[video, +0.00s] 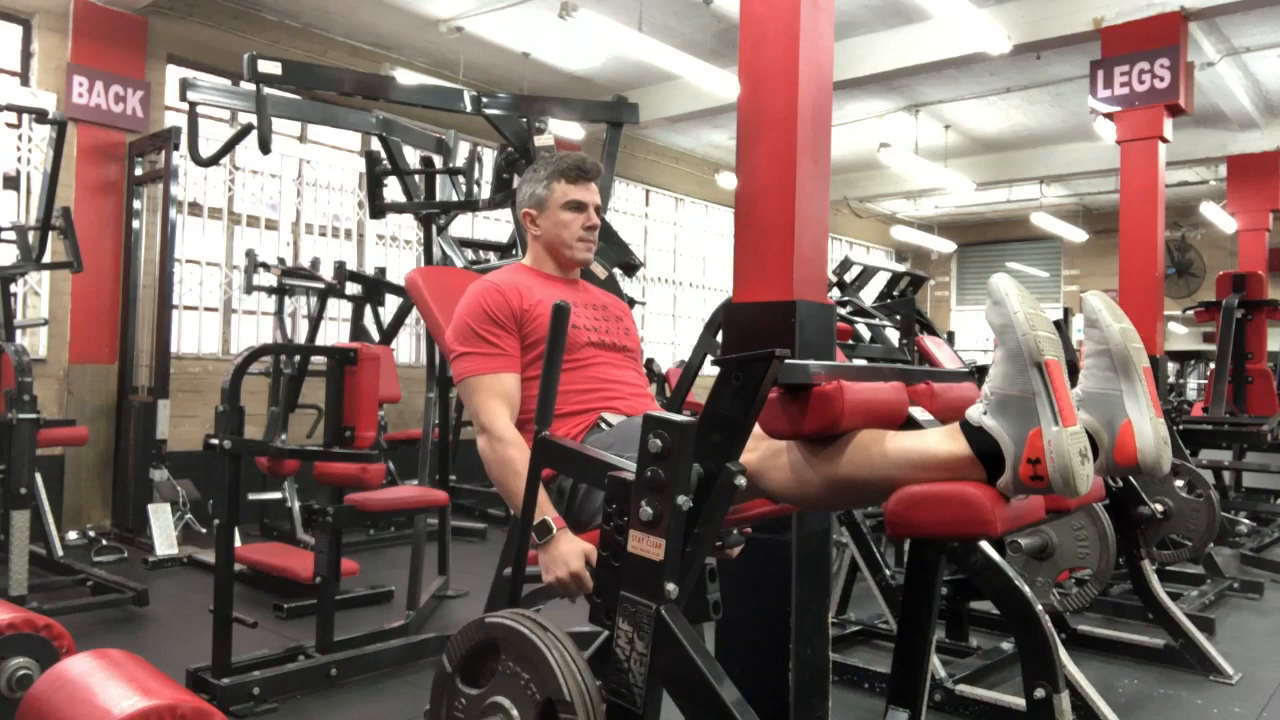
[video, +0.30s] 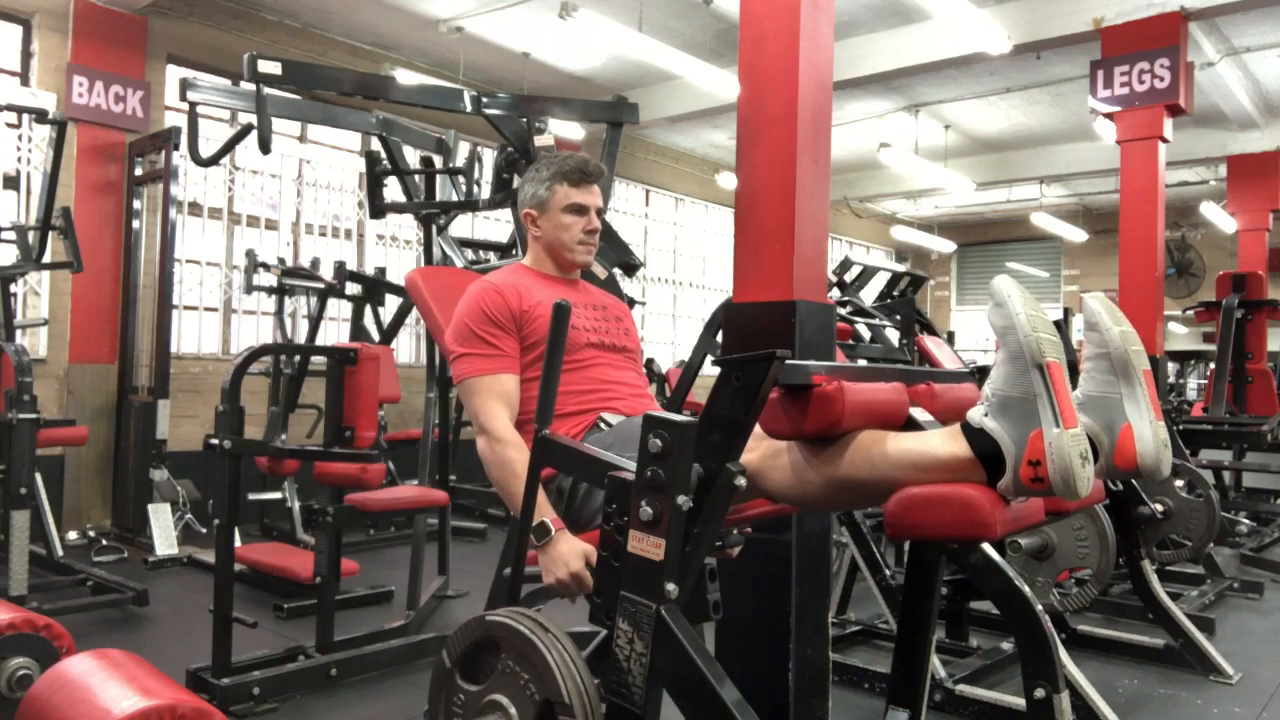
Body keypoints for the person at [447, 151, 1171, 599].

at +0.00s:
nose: (586, 225)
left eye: (593, 213)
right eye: (571, 211)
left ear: (596, 221)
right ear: (528, 215)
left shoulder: (609, 304)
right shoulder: (496, 295)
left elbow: (648, 398)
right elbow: (493, 428)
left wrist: (715, 430)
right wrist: (549, 530)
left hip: (663, 442)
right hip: (588, 462)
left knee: (828, 447)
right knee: (774, 457)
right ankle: (988, 444)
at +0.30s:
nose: (588, 226)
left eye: (595, 214)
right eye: (573, 212)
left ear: (597, 221)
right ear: (529, 215)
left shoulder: (609, 304)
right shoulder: (495, 295)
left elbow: (651, 396)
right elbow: (492, 429)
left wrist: (720, 430)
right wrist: (549, 531)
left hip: (664, 442)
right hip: (587, 463)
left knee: (826, 447)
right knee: (772, 457)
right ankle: (988, 448)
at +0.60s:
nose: (593, 231)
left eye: (598, 219)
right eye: (578, 216)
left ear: (597, 224)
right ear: (532, 217)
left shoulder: (608, 305)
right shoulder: (496, 295)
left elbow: (647, 399)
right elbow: (491, 428)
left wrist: (712, 433)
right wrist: (547, 531)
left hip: (664, 444)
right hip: (588, 467)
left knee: (826, 444)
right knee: (776, 455)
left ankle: (1065, 452)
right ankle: (995, 450)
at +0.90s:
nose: (592, 236)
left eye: (598, 222)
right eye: (576, 222)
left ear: (600, 223)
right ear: (531, 221)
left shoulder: (603, 299)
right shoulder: (493, 302)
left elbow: (638, 401)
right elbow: (492, 437)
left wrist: (728, 411)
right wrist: (550, 531)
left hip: (654, 442)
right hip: (581, 469)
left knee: (841, 443)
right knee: (768, 443)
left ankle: (1081, 528)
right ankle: (970, 551)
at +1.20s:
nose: (593, 238)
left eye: (600, 225)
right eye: (578, 223)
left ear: (603, 225)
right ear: (532, 222)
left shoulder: (612, 301)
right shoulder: (494, 302)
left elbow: (659, 395)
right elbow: (493, 438)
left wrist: (732, 414)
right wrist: (552, 536)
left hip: (659, 439)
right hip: (581, 465)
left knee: (845, 417)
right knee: (768, 433)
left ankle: (983, 613)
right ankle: (884, 655)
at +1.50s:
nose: (600, 232)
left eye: (604, 220)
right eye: (586, 219)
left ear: (606, 228)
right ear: (539, 223)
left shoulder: (613, 304)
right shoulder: (508, 294)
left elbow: (650, 396)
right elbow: (490, 434)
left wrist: (717, 429)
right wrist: (550, 537)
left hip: (655, 445)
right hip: (586, 468)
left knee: (850, 421)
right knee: (757, 422)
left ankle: (901, 648)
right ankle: (793, 679)